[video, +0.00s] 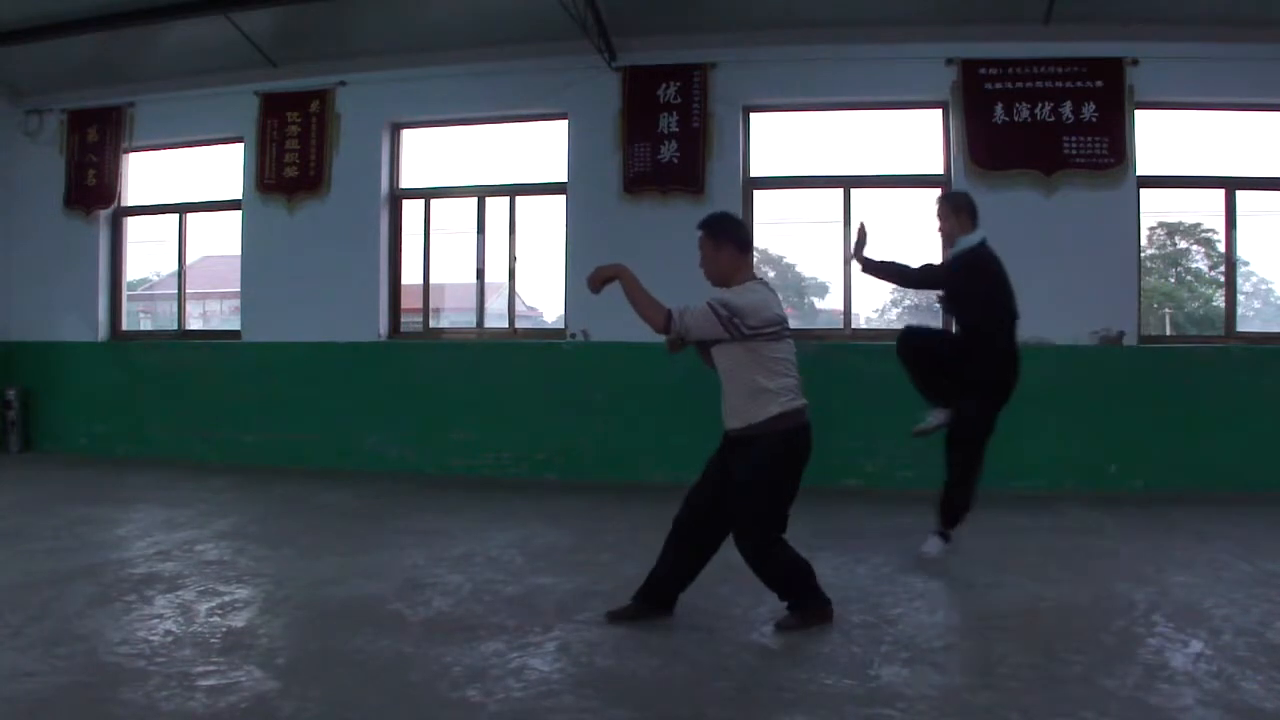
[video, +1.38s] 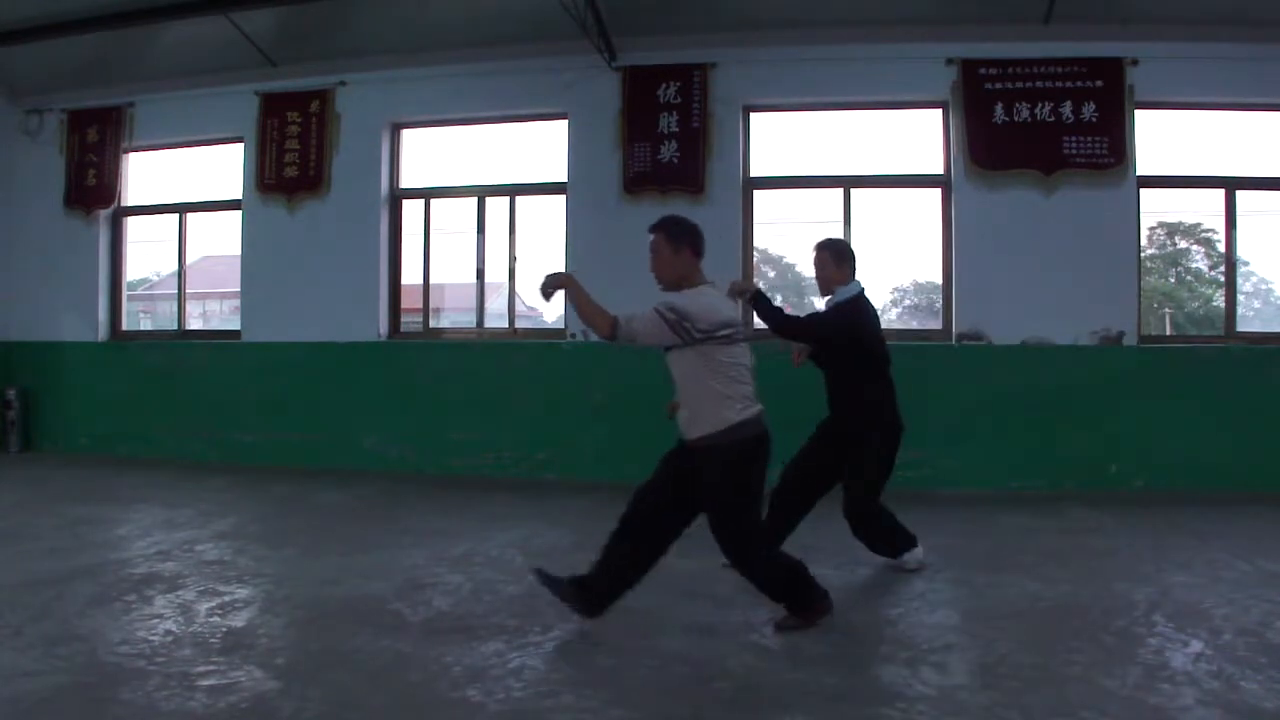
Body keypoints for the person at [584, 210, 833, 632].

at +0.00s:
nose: (701, 264)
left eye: (705, 254)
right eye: (701, 254)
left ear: (730, 251)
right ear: (733, 252)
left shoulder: (747, 301)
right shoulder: (751, 298)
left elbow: (665, 322)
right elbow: (728, 361)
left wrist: (622, 274)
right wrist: (689, 338)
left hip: (777, 437)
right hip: (745, 436)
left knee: (755, 534)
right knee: (697, 523)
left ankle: (812, 605)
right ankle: (653, 601)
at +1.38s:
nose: (651, 264)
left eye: (657, 253)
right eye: (651, 254)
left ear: (686, 254)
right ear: (689, 256)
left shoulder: (695, 308)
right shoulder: (722, 304)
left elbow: (612, 329)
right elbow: (733, 369)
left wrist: (568, 283)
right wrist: (689, 401)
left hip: (732, 445)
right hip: (708, 442)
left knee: (741, 541)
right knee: (650, 517)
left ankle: (809, 601)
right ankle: (593, 594)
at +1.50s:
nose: (604, 257)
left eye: (611, 248)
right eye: (606, 248)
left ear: (639, 252)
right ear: (641, 254)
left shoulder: (629, 304)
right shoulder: (675, 303)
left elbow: (559, 322)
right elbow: (715, 353)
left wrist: (512, 291)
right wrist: (675, 381)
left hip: (656, 440)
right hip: (688, 433)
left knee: (593, 515)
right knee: (723, 523)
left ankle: (563, 605)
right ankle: (803, 593)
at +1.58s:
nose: (567, 246)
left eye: (574, 238)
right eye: (568, 237)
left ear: (598, 244)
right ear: (605, 248)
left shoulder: (580, 295)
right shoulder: (629, 301)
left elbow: (513, 303)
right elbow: (664, 357)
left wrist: (450, 291)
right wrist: (613, 361)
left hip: (602, 436)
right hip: (643, 433)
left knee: (549, 509)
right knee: (654, 530)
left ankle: (549, 613)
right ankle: (748, 568)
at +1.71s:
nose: (527, 231)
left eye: (535, 223)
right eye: (530, 223)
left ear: (558, 229)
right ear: (561, 231)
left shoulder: (575, 280)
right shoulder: (573, 281)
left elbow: (518, 327)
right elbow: (526, 339)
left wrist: (454, 313)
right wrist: (469, 319)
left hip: (579, 414)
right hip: (574, 413)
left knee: (530, 510)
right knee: (538, 509)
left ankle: (545, 614)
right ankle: (593, 589)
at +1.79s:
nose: (490, 216)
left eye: (498, 208)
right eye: (492, 208)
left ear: (523, 213)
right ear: (513, 214)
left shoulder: (558, 268)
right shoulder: (500, 279)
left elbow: (567, 335)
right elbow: (477, 327)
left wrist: (502, 335)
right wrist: (454, 317)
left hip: (558, 388)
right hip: (520, 387)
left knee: (526, 490)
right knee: (446, 408)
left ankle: (545, 606)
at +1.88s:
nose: (461, 209)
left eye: (470, 201)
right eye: (463, 200)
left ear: (497, 210)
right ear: (484, 210)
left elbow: (567, 321)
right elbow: (410, 292)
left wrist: (509, 342)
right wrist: (393, 240)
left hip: (536, 383)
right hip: (498, 381)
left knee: (436, 348)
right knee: (498, 482)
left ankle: (402, 446)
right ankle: (531, 588)